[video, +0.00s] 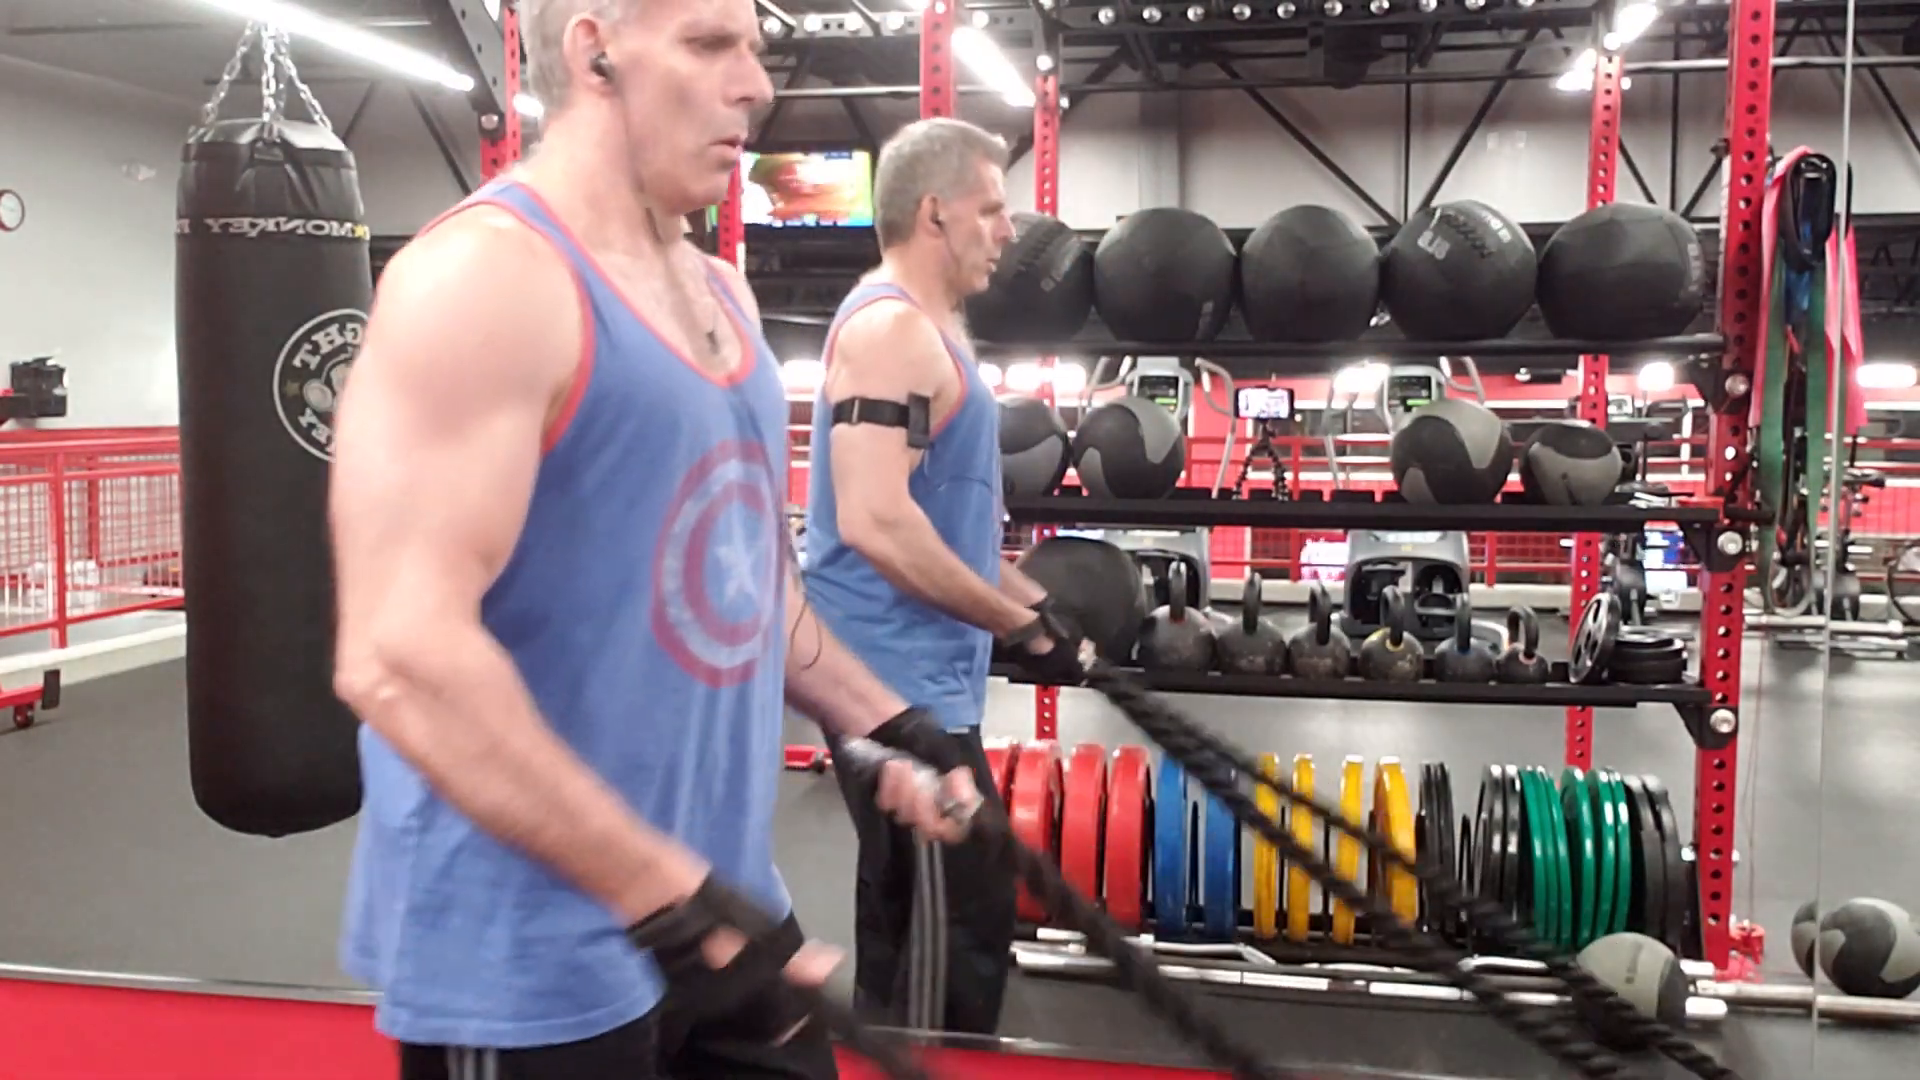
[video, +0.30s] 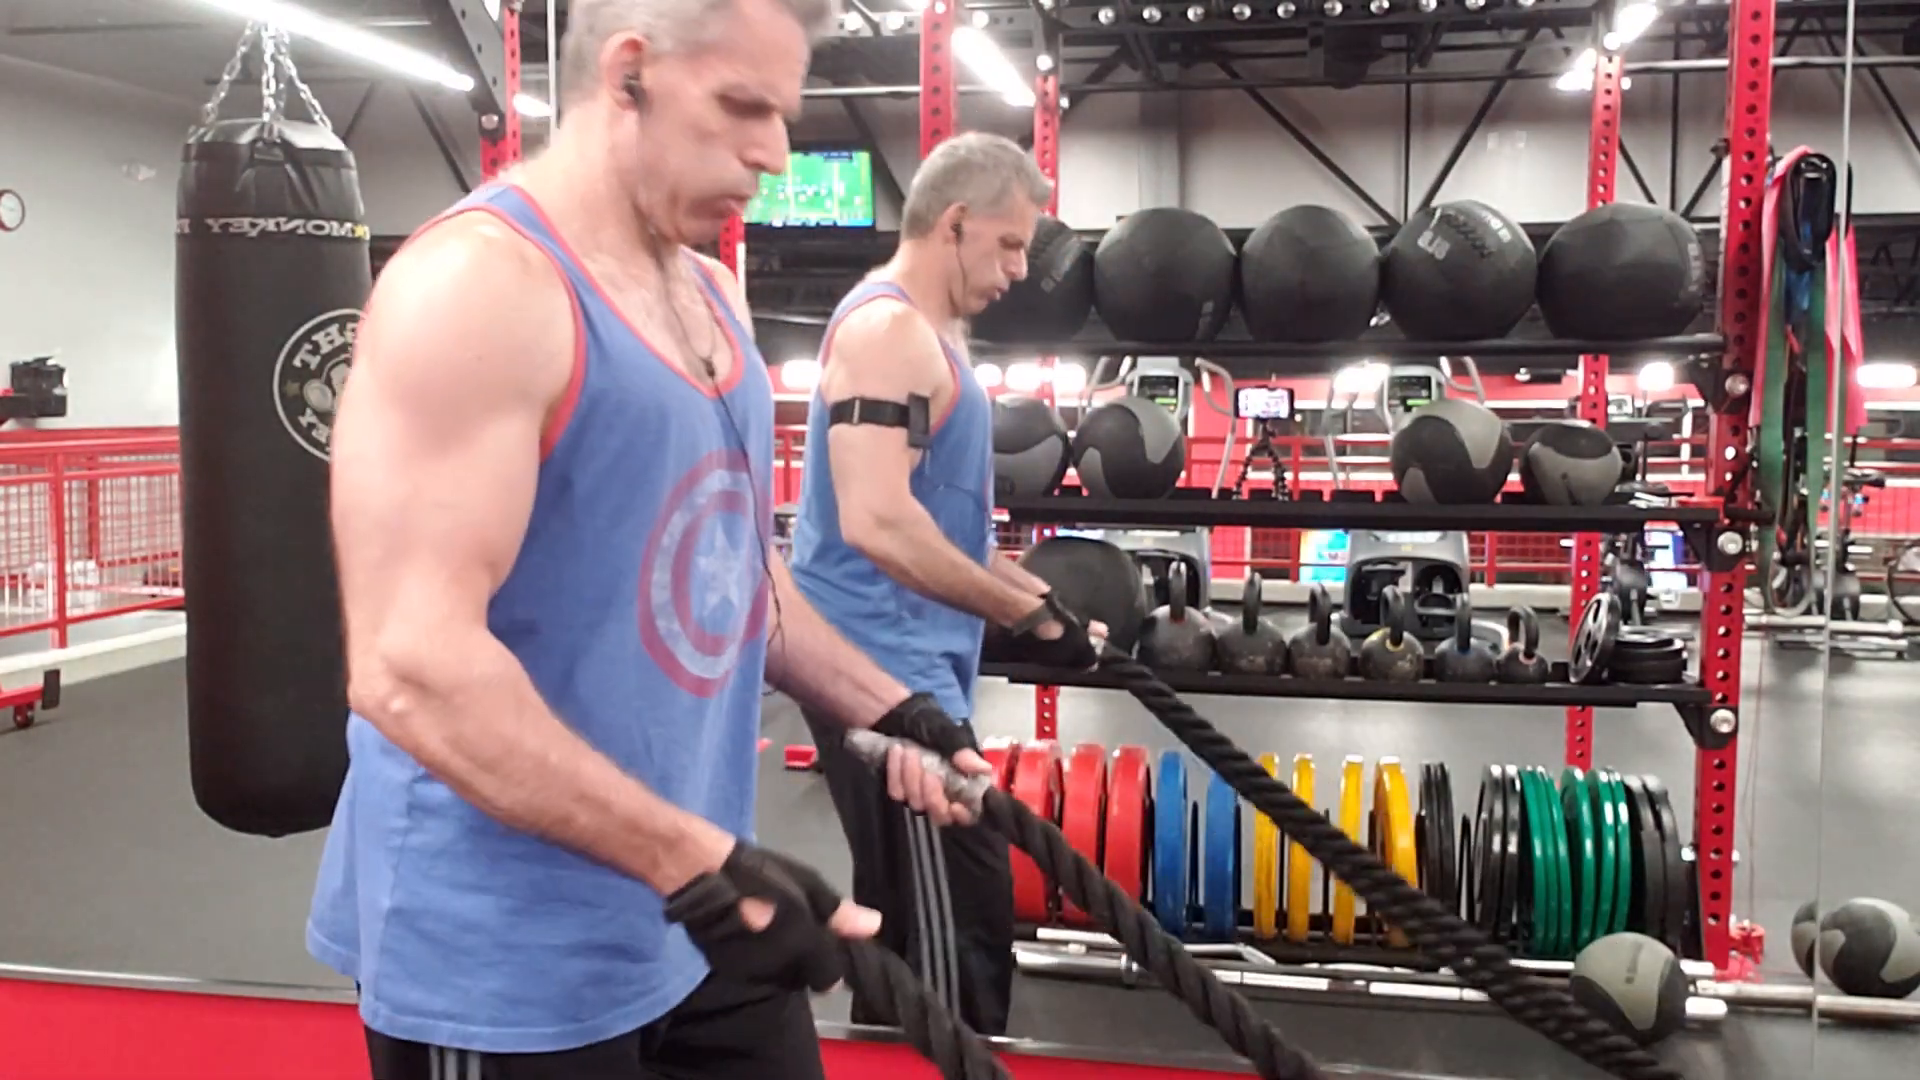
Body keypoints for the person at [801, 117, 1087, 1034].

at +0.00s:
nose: (1008, 233)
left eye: (1007, 213)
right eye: (993, 211)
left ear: (934, 216)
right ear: (932, 212)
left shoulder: (924, 324)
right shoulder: (891, 326)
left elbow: (925, 508)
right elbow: (874, 516)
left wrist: (1011, 585)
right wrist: (1014, 620)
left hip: (924, 688)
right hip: (902, 697)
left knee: (910, 928)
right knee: (967, 933)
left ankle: (903, 1067)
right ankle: (935, 1075)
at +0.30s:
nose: (1019, 271)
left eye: (1025, 252)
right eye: (1012, 246)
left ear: (955, 226)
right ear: (951, 221)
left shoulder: (925, 329)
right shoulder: (889, 325)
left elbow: (918, 505)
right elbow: (876, 518)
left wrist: (1008, 581)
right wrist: (1017, 604)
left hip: (919, 679)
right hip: (888, 685)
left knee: (939, 942)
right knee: (951, 947)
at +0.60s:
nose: (1041, 274)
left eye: (1045, 253)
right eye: (1032, 249)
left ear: (975, 235)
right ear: (972, 232)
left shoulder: (929, 344)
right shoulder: (904, 345)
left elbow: (926, 537)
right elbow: (887, 548)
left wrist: (1007, 616)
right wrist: (1024, 659)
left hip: (942, 710)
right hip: (901, 721)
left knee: (978, 955)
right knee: (941, 976)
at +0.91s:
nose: (1055, 263)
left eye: (1057, 241)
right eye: (1043, 238)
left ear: (988, 236)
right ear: (984, 232)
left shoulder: (941, 347)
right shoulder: (916, 352)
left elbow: (934, 542)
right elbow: (892, 556)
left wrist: (1018, 632)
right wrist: (1022, 672)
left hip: (930, 723)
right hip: (898, 732)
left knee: (962, 988)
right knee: (941, 1000)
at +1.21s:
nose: (1056, 262)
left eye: (1057, 240)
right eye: (1043, 238)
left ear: (988, 243)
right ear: (985, 239)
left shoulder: (950, 355)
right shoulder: (918, 353)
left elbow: (951, 545)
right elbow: (888, 552)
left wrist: (1034, 640)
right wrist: (1011, 666)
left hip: (924, 700)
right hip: (894, 708)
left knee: (932, 944)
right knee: (990, 920)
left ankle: (937, 1063)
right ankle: (948, 1066)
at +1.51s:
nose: (1063, 270)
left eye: (1063, 249)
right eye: (1049, 247)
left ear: (996, 253)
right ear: (992, 250)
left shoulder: (954, 363)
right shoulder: (928, 364)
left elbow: (946, 555)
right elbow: (898, 561)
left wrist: (1020, 646)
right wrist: (1016, 675)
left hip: (939, 728)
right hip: (902, 736)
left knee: (980, 982)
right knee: (960, 990)